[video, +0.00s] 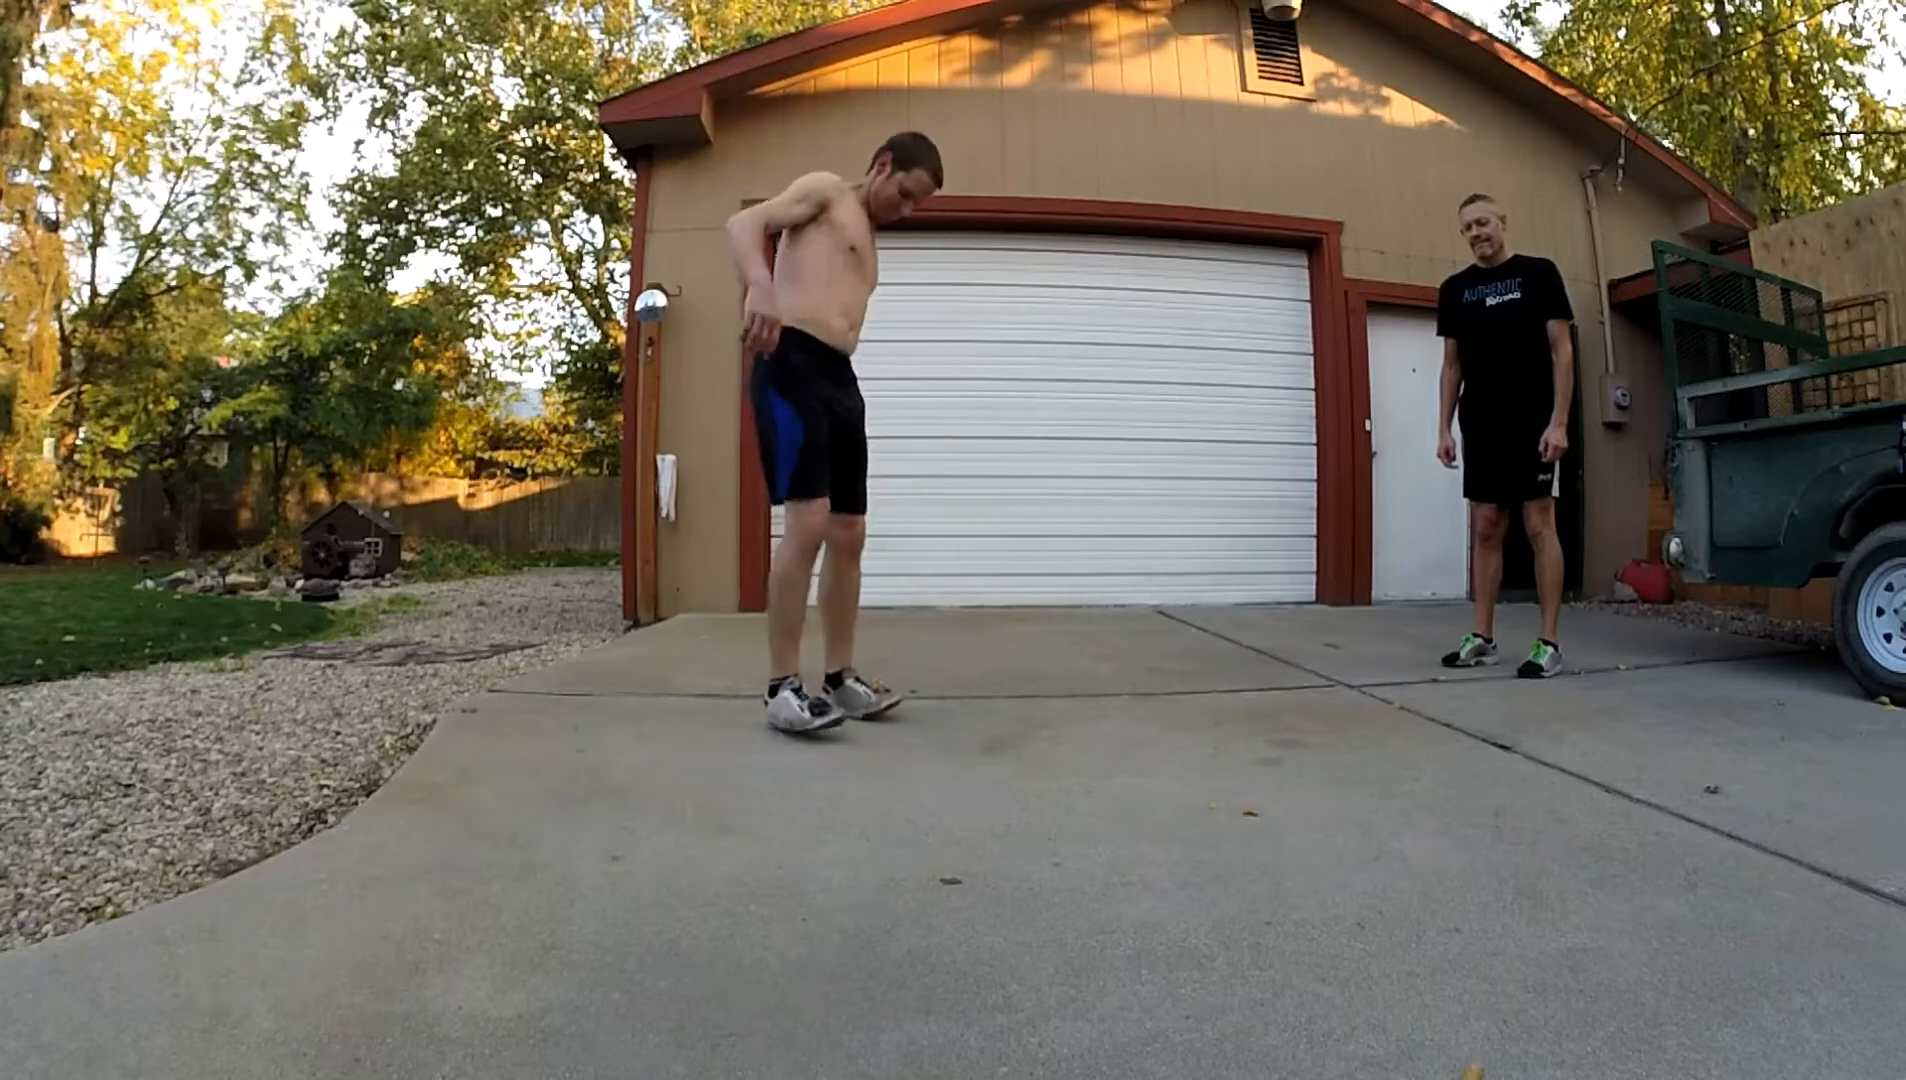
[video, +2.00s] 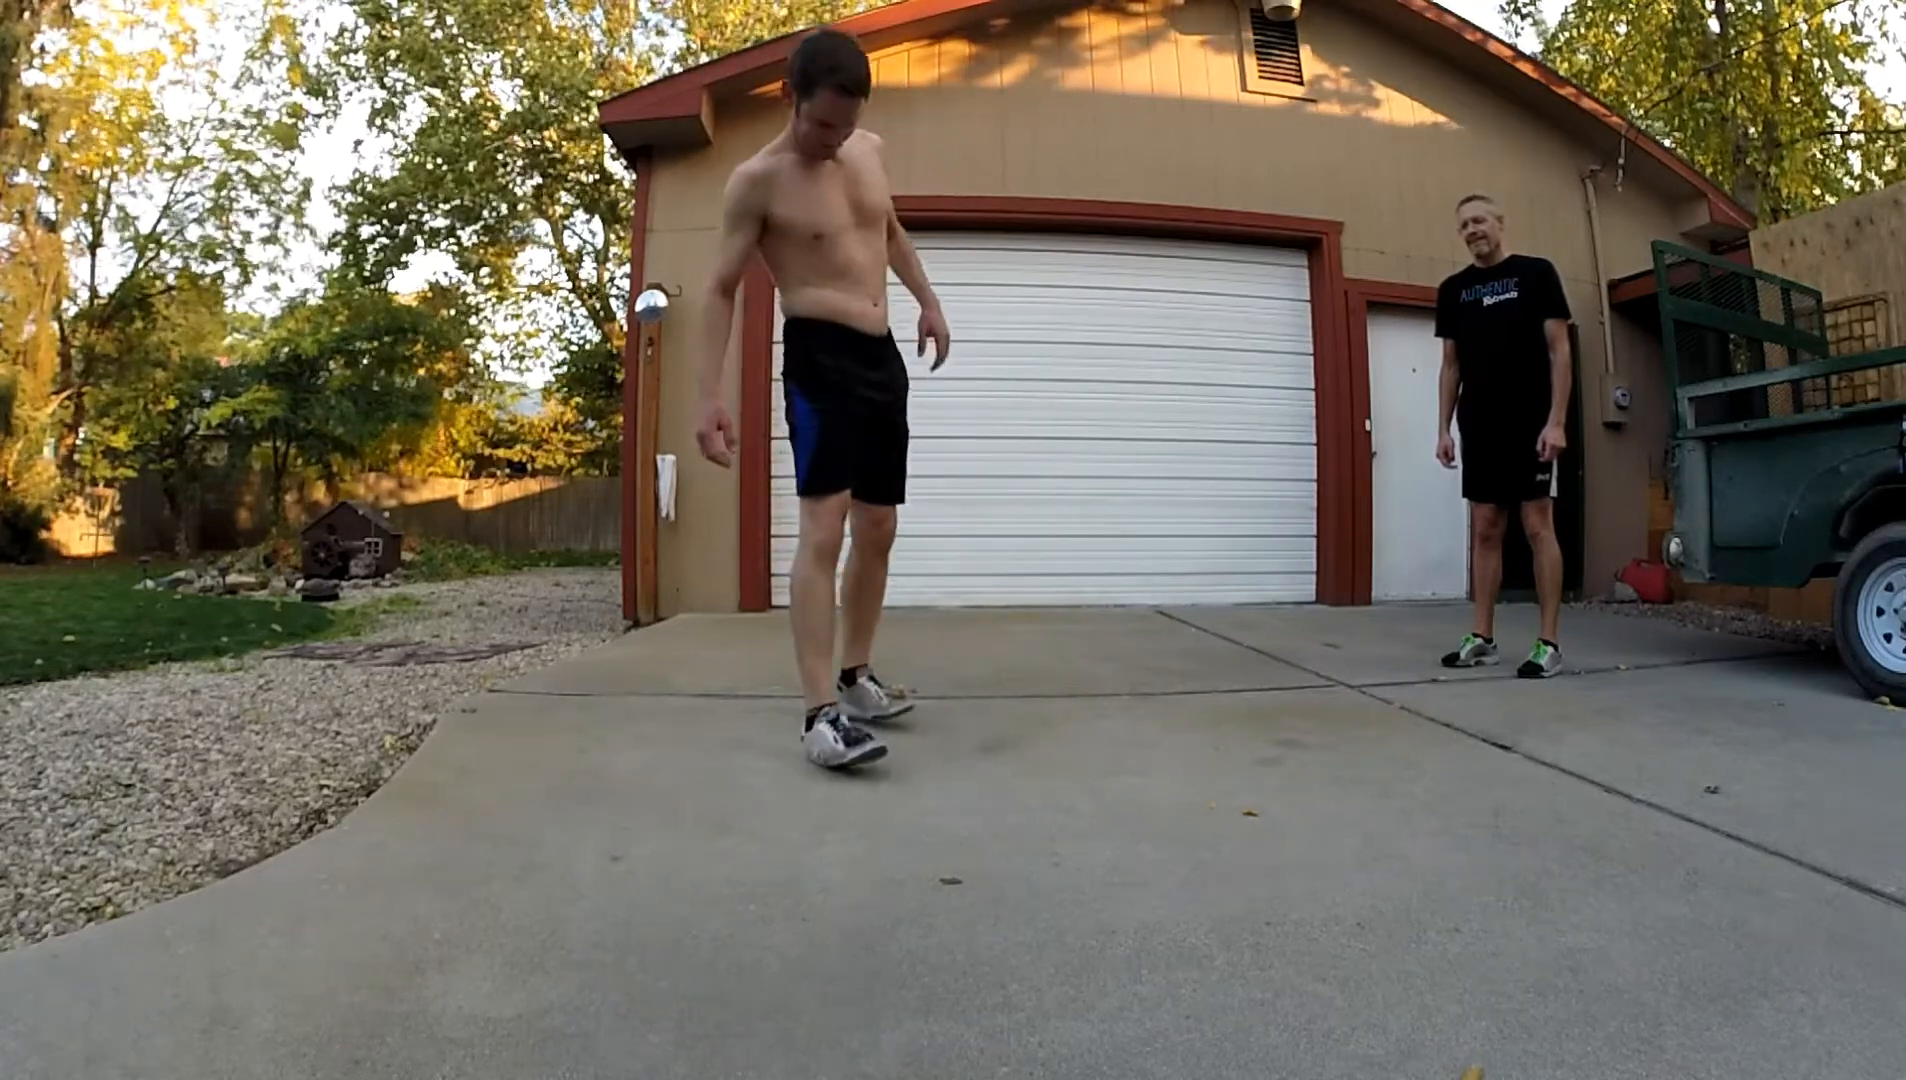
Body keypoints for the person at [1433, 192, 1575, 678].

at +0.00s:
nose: (1477, 232)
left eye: (1483, 223)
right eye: (1469, 227)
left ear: (1503, 224)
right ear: (1462, 236)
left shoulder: (1539, 273)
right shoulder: (1455, 290)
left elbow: (1562, 349)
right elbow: (1452, 363)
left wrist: (1559, 422)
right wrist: (1445, 428)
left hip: (1534, 420)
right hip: (1482, 423)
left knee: (1539, 527)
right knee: (1486, 528)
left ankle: (1549, 641)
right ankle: (1482, 636)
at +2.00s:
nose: (1473, 230)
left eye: (1480, 221)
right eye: (1465, 225)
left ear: (1501, 223)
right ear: (1459, 235)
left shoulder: (1536, 273)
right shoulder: (1453, 290)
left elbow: (1560, 350)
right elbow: (1451, 364)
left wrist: (1556, 421)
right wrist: (1444, 428)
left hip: (1532, 420)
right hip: (1481, 423)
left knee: (1537, 527)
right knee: (1485, 529)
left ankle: (1548, 641)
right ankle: (1481, 636)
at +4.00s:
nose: (1556, 209)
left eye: (1565, 199)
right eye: (1547, 201)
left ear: (1586, 202)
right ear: (1537, 207)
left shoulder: (1614, 262)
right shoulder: (1515, 261)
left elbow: (1622, 336)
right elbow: (1507, 335)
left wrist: (1616, 388)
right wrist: (1524, 377)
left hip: (1592, 404)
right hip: (1537, 403)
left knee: (1581, 523)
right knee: (1536, 520)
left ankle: (1573, 648)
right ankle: (1506, 625)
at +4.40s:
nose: (1571, 200)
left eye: (1579, 189)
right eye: (1561, 193)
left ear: (1600, 191)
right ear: (1552, 201)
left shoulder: (1632, 257)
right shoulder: (1533, 253)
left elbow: (1635, 338)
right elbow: (1520, 339)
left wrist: (1617, 378)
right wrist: (1550, 380)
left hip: (1614, 397)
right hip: (1558, 399)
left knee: (1598, 527)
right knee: (1588, 520)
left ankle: (1576, 650)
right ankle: (1608, 655)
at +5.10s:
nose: (1583, 159)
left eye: (1590, 145)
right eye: (1571, 153)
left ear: (1618, 141)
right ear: (1565, 163)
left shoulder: (1666, 204)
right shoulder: (1558, 226)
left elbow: (1680, 284)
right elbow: (1557, 319)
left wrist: (1645, 337)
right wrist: (1597, 356)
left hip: (1668, 377)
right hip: (1608, 386)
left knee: (1687, 524)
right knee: (1635, 522)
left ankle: (1649, 646)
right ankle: (1630, 670)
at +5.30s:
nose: (1585, 148)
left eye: (1591, 135)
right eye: (1574, 144)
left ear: (1621, 132)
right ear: (1569, 156)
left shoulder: (1677, 200)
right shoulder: (1563, 221)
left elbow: (1696, 288)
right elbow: (1568, 315)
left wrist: (1667, 341)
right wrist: (1612, 349)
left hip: (1682, 376)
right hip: (1617, 385)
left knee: (1723, 524)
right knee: (1642, 524)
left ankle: (1738, 668)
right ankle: (1631, 670)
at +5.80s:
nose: (1641, 131)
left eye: (1650, 116)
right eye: (1631, 126)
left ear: (1684, 119)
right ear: (1629, 143)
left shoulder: (1748, 176)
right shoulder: (1633, 214)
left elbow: (1787, 275)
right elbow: (1649, 303)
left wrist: (1772, 343)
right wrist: (1695, 345)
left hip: (1762, 376)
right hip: (1691, 385)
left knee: (1785, 527)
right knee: (1679, 534)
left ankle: (1815, 691)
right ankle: (1635, 671)